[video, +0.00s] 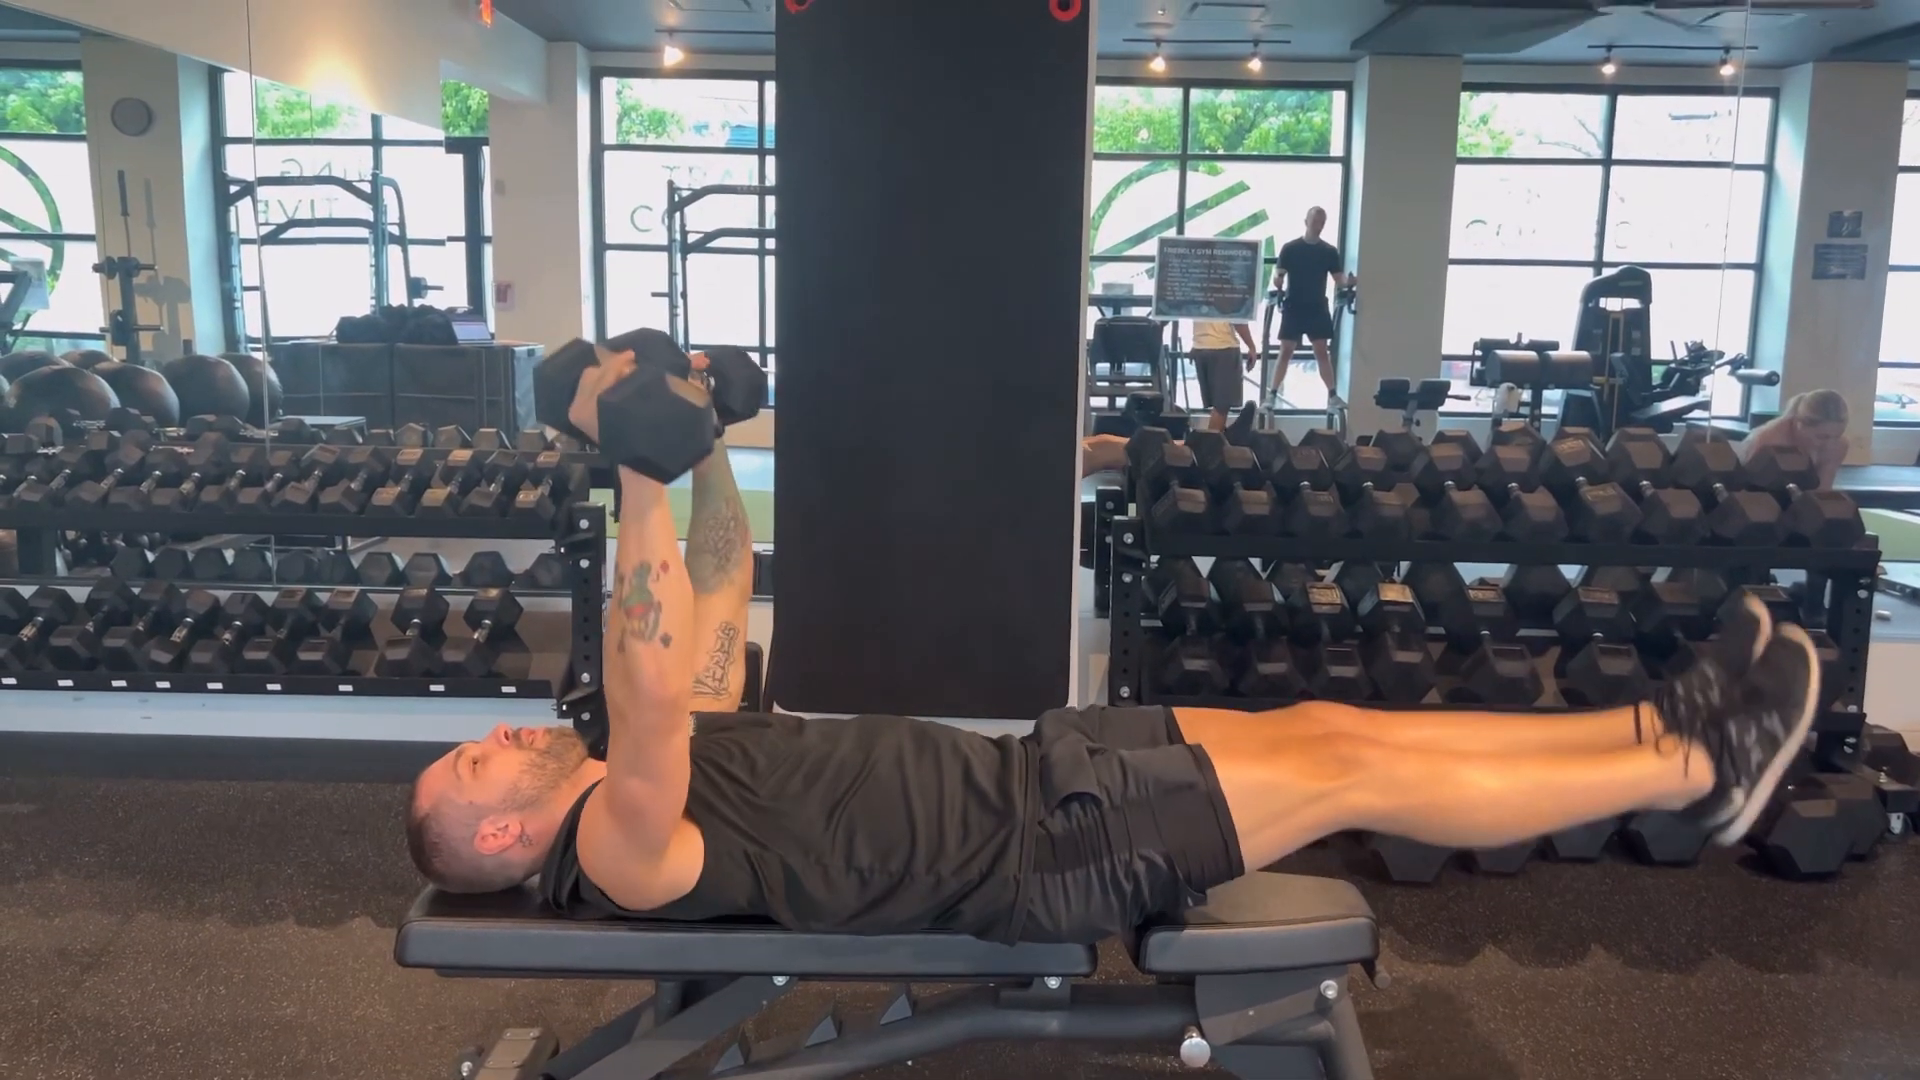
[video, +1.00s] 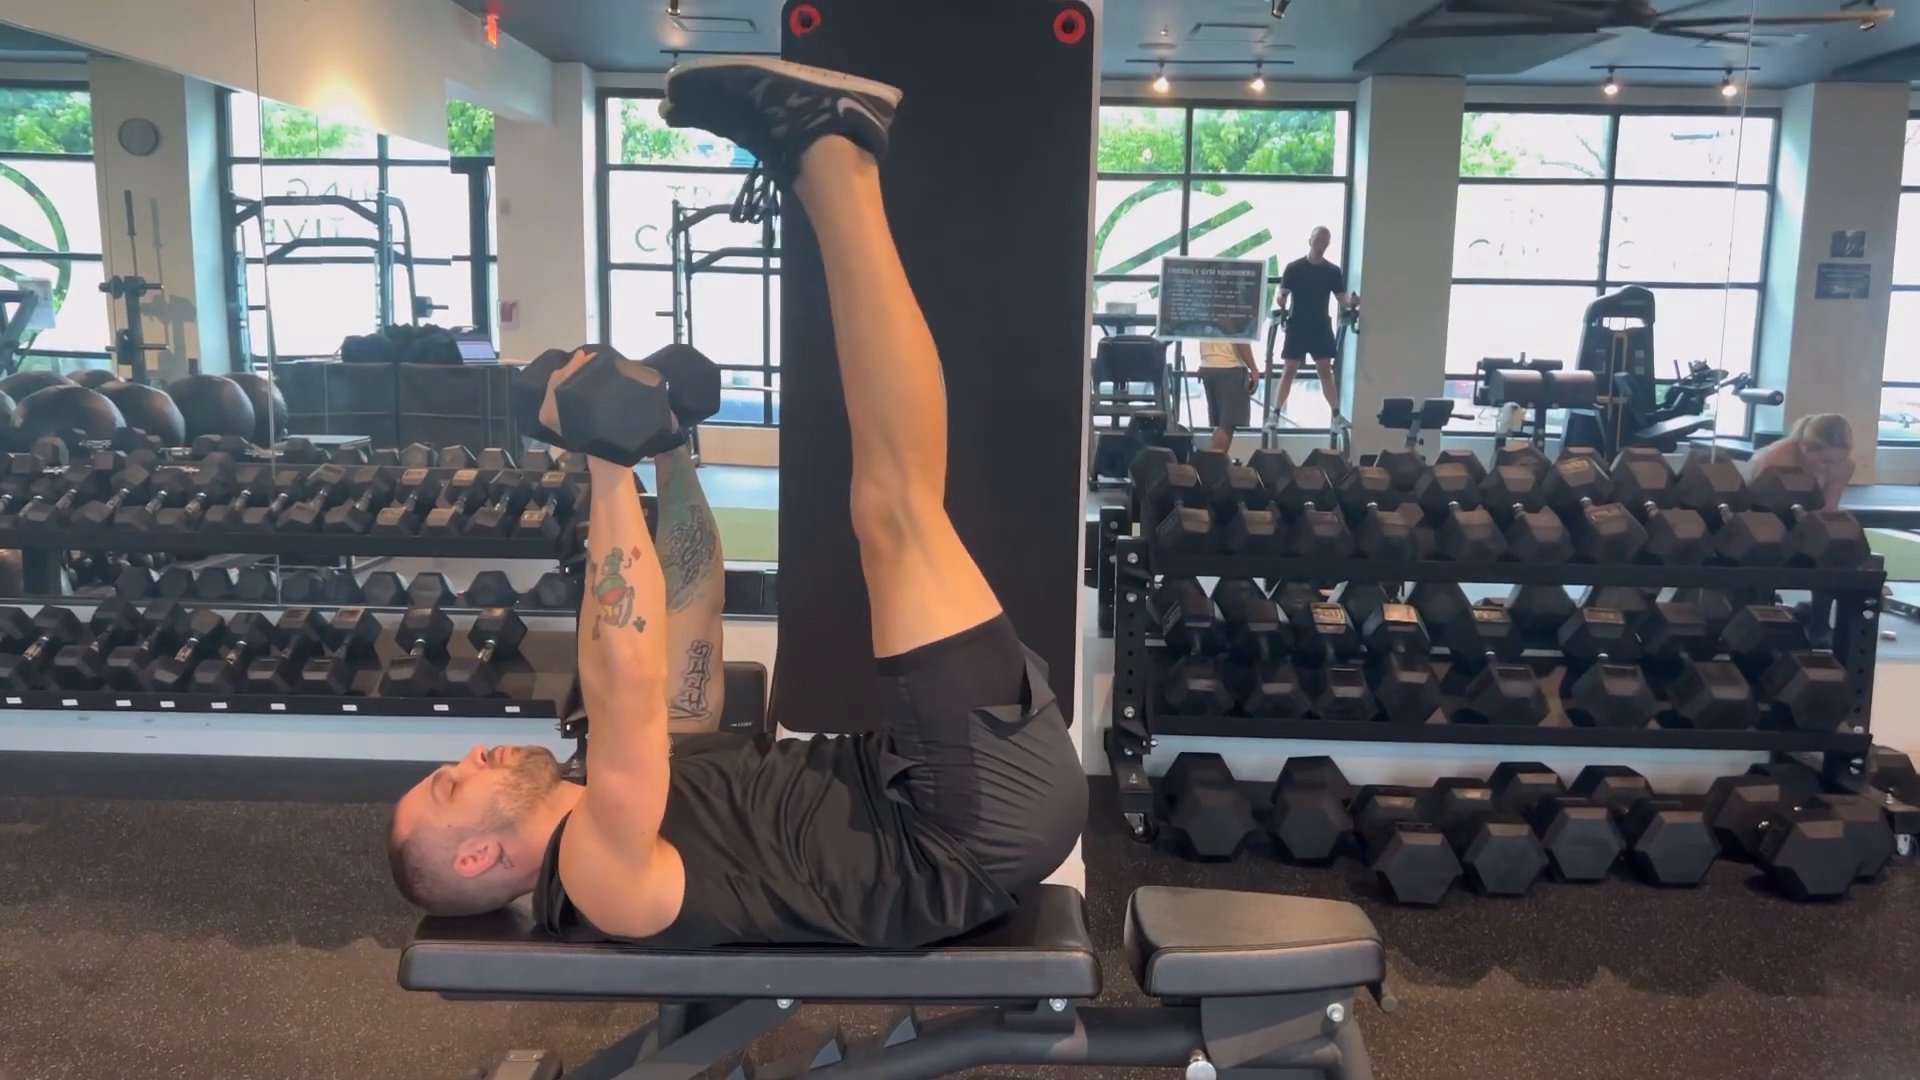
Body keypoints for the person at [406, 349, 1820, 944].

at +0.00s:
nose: (506, 746)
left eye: (483, 749)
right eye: (486, 776)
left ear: (537, 775)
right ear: (516, 851)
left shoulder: (647, 777)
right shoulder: (625, 848)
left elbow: (718, 627)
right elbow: (648, 660)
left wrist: (687, 463)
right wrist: (633, 477)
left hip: (1048, 754)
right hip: (1051, 831)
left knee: (1341, 721)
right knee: (1360, 777)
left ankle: (1664, 733)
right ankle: (1691, 771)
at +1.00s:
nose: (481, 750)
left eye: (450, 764)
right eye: (456, 779)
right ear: (490, 851)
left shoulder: (621, 814)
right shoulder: (608, 862)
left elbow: (691, 591)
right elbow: (626, 658)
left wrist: (657, 444)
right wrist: (607, 454)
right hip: (973, 826)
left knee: (897, 502)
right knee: (893, 505)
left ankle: (830, 157)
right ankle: (828, 154)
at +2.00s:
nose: (510, 772)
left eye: (489, 778)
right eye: (491, 802)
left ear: (546, 820)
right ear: (526, 876)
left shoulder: (660, 805)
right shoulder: (639, 876)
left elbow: (715, 638)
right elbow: (646, 670)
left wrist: (674, 471)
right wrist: (626, 489)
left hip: (1052, 783)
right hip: (1058, 858)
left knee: (1338, 720)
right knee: (1354, 755)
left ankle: (1656, 682)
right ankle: (1689, 705)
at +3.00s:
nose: (509, 787)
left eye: (490, 792)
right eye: (482, 817)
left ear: (536, 789)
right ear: (500, 881)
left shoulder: (647, 804)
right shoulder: (619, 894)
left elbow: (764, 707)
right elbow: (691, 877)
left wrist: (722, 591)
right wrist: (650, 666)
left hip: (1053, 791)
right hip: (1051, 865)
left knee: (1360, 794)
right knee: (1366, 842)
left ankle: (1683, 807)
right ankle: (1702, 853)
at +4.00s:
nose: (478, 773)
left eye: (446, 787)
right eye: (452, 802)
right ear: (487, 874)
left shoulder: (643, 820)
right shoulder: (609, 888)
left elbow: (691, 604)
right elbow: (625, 684)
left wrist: (660, 457)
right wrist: (612, 487)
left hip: (951, 825)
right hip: (973, 863)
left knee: (971, 528)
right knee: (968, 531)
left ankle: (979, 177)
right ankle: (977, 174)